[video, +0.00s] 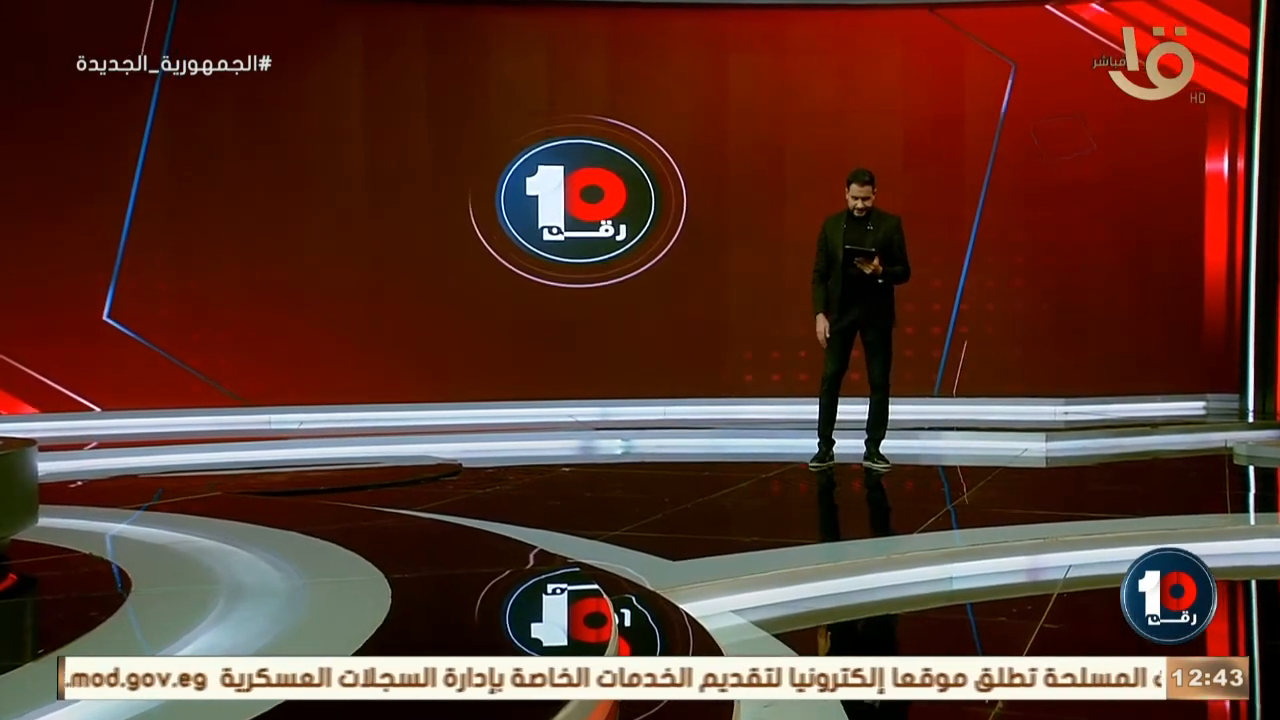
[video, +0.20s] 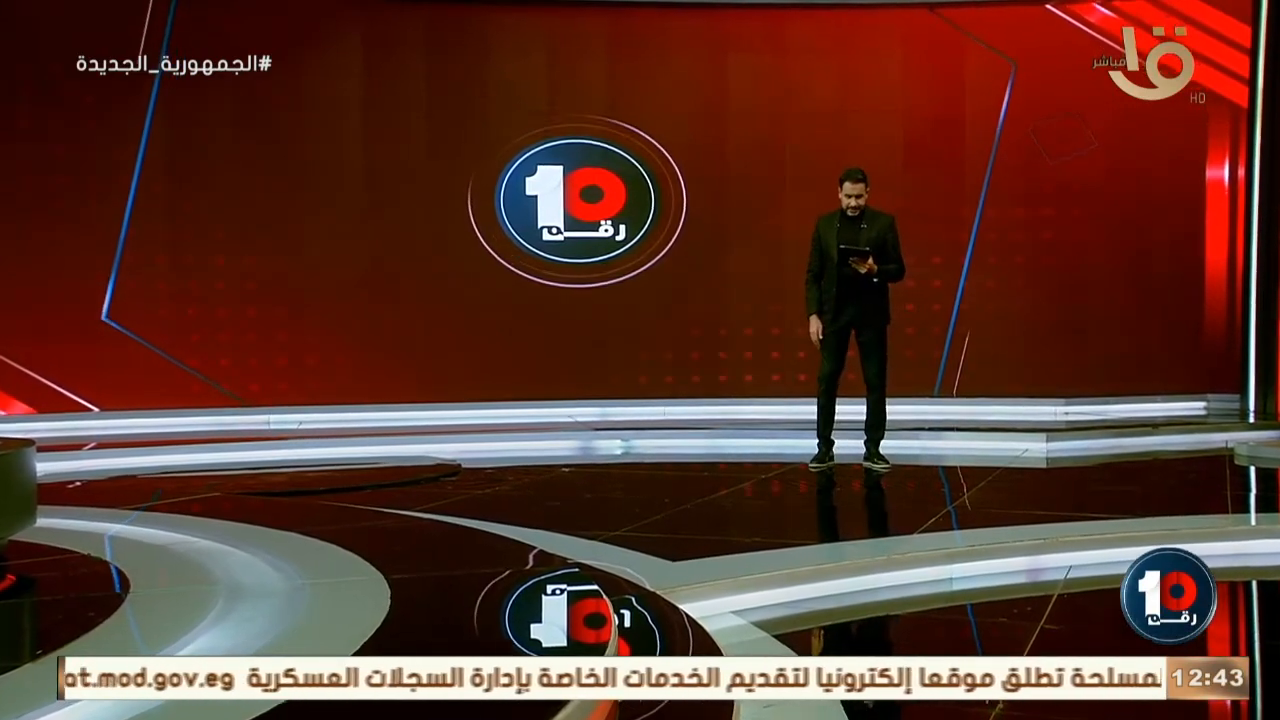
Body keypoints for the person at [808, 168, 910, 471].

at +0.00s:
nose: (860, 204)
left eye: (866, 198)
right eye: (855, 198)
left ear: (874, 196)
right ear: (846, 195)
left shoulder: (889, 225)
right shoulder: (833, 225)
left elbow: (903, 273)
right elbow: (820, 273)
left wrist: (880, 271)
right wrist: (820, 313)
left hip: (877, 316)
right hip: (840, 315)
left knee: (879, 383)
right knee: (830, 379)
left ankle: (873, 449)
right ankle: (824, 447)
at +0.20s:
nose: (854, 202)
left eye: (859, 196)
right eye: (849, 196)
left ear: (867, 195)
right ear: (839, 195)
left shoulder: (883, 224)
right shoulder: (826, 225)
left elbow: (898, 271)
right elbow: (814, 274)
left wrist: (875, 270)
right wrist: (813, 314)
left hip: (872, 316)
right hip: (835, 316)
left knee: (875, 383)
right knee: (827, 380)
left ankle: (873, 449)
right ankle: (824, 447)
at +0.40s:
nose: (848, 201)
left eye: (853, 195)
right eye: (842, 195)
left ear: (861, 194)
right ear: (833, 194)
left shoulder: (877, 224)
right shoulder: (819, 227)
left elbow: (893, 270)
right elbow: (808, 275)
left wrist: (871, 269)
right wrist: (808, 316)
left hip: (866, 317)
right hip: (829, 317)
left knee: (871, 384)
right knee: (823, 383)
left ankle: (872, 448)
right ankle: (824, 447)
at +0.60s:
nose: (842, 202)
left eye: (846, 196)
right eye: (836, 196)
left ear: (854, 195)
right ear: (826, 196)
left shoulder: (871, 224)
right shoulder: (813, 228)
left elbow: (887, 270)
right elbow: (803, 277)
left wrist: (867, 270)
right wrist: (802, 318)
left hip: (860, 316)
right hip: (823, 316)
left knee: (866, 381)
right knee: (819, 385)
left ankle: (872, 450)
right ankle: (823, 449)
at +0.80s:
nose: (837, 202)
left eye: (841, 196)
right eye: (831, 196)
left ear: (849, 194)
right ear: (821, 195)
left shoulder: (866, 224)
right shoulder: (808, 228)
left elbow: (882, 271)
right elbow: (798, 278)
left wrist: (862, 271)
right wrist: (797, 319)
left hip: (856, 317)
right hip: (819, 318)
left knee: (864, 381)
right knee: (817, 385)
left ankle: (872, 450)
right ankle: (823, 450)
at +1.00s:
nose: (833, 203)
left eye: (838, 197)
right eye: (827, 197)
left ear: (846, 195)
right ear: (818, 197)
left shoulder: (863, 224)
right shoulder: (804, 229)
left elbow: (880, 271)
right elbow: (795, 279)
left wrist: (859, 271)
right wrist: (793, 321)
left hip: (854, 317)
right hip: (816, 318)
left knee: (863, 381)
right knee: (816, 386)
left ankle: (872, 451)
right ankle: (823, 451)